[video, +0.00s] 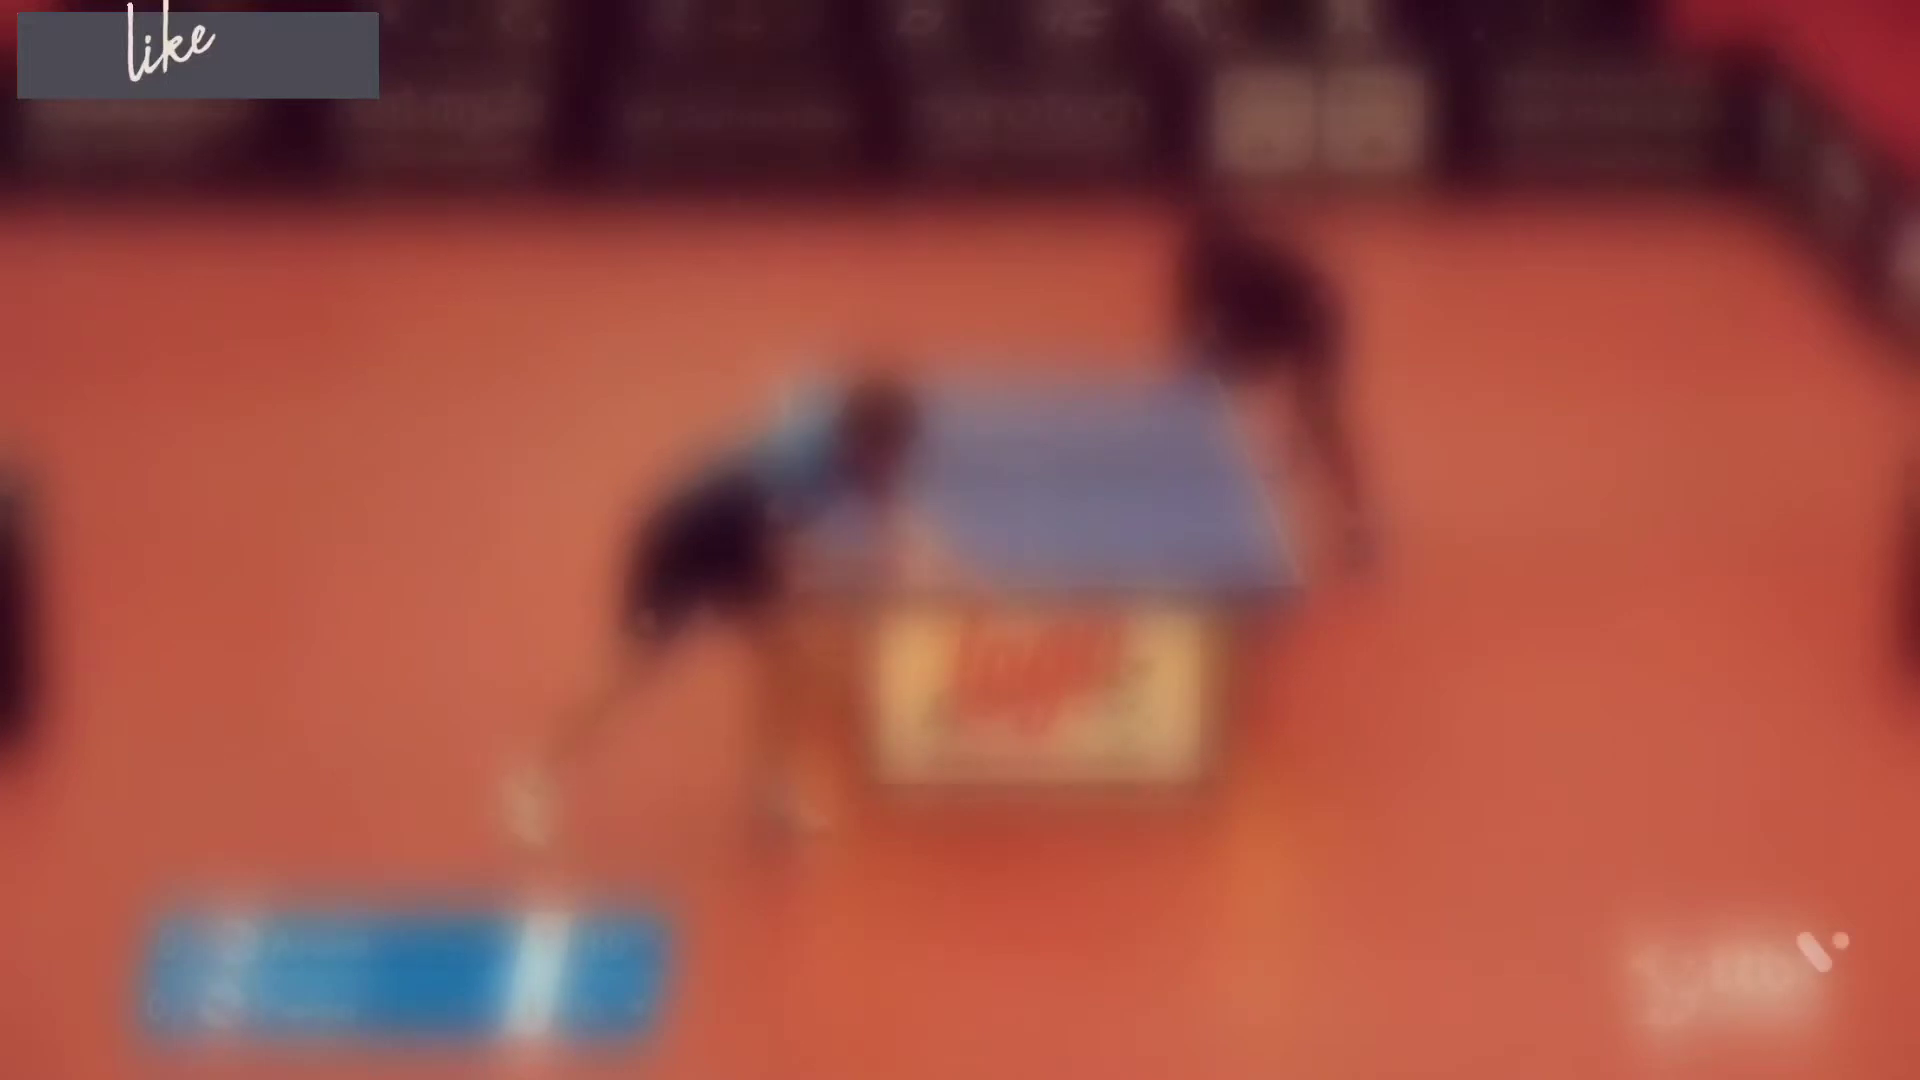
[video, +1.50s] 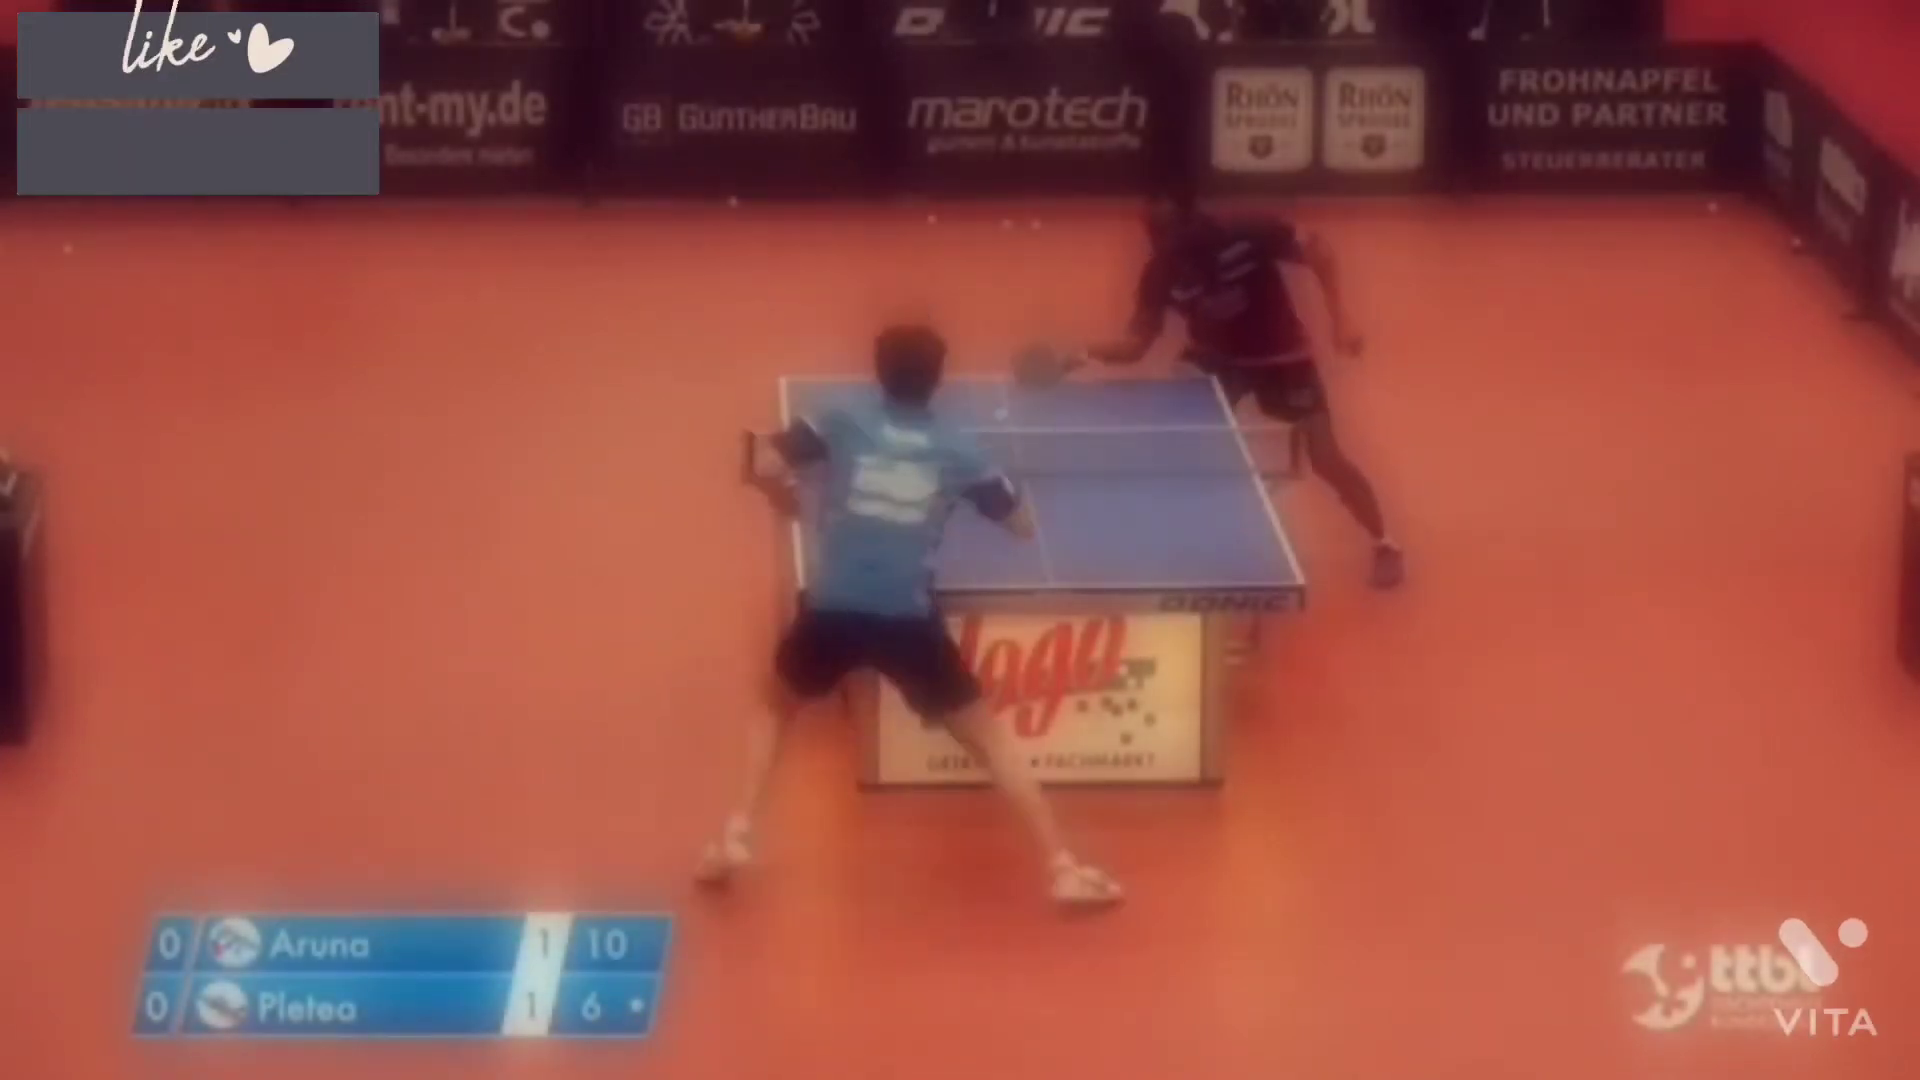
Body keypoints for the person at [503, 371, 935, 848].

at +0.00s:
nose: (884, 454)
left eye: (892, 440)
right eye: (877, 437)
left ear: (899, 436)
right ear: (853, 424)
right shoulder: (801, 458)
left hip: (743, 552)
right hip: (685, 546)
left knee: (782, 665)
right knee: (635, 670)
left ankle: (777, 795)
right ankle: (544, 773)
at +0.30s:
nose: (793, 405)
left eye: (797, 393)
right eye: (782, 394)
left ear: (802, 395)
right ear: (755, 393)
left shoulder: (783, 434)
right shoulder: (734, 450)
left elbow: (843, 420)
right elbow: (742, 536)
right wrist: (788, 594)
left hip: (720, 564)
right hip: (672, 565)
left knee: (790, 660)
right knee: (637, 693)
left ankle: (774, 791)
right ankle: (541, 797)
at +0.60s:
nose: (743, 397)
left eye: (740, 386)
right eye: (732, 389)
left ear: (736, 386)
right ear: (704, 396)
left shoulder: (734, 420)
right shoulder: (662, 455)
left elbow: (797, 397)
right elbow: (629, 544)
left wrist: (879, 395)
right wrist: (710, 551)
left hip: (688, 563)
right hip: (626, 570)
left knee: (755, 665)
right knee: (595, 699)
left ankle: (772, 793)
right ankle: (524, 811)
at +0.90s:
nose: (777, 477)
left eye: (782, 467)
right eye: (772, 466)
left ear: (773, 457)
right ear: (749, 454)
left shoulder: (748, 469)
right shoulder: (687, 467)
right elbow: (601, 510)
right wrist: (668, 530)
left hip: (685, 562)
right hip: (622, 563)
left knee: (763, 638)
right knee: (591, 699)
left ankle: (712, 743)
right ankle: (520, 811)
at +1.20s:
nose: (891, 384)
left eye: (890, 372)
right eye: (890, 374)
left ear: (840, 364)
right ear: (883, 380)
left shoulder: (791, 398)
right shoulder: (848, 439)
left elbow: (724, 403)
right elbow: (897, 477)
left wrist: (659, 406)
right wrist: (934, 474)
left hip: (716, 570)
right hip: (746, 587)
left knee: (777, 697)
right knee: (775, 723)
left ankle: (736, 801)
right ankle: (641, 782)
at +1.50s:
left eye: (894, 365)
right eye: (926, 368)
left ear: (880, 373)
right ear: (937, 379)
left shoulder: (847, 423)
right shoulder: (951, 447)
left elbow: (775, 457)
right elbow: (1019, 522)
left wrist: (781, 489)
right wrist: (1007, 487)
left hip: (831, 615)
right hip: (906, 621)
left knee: (776, 711)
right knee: (989, 736)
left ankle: (738, 835)